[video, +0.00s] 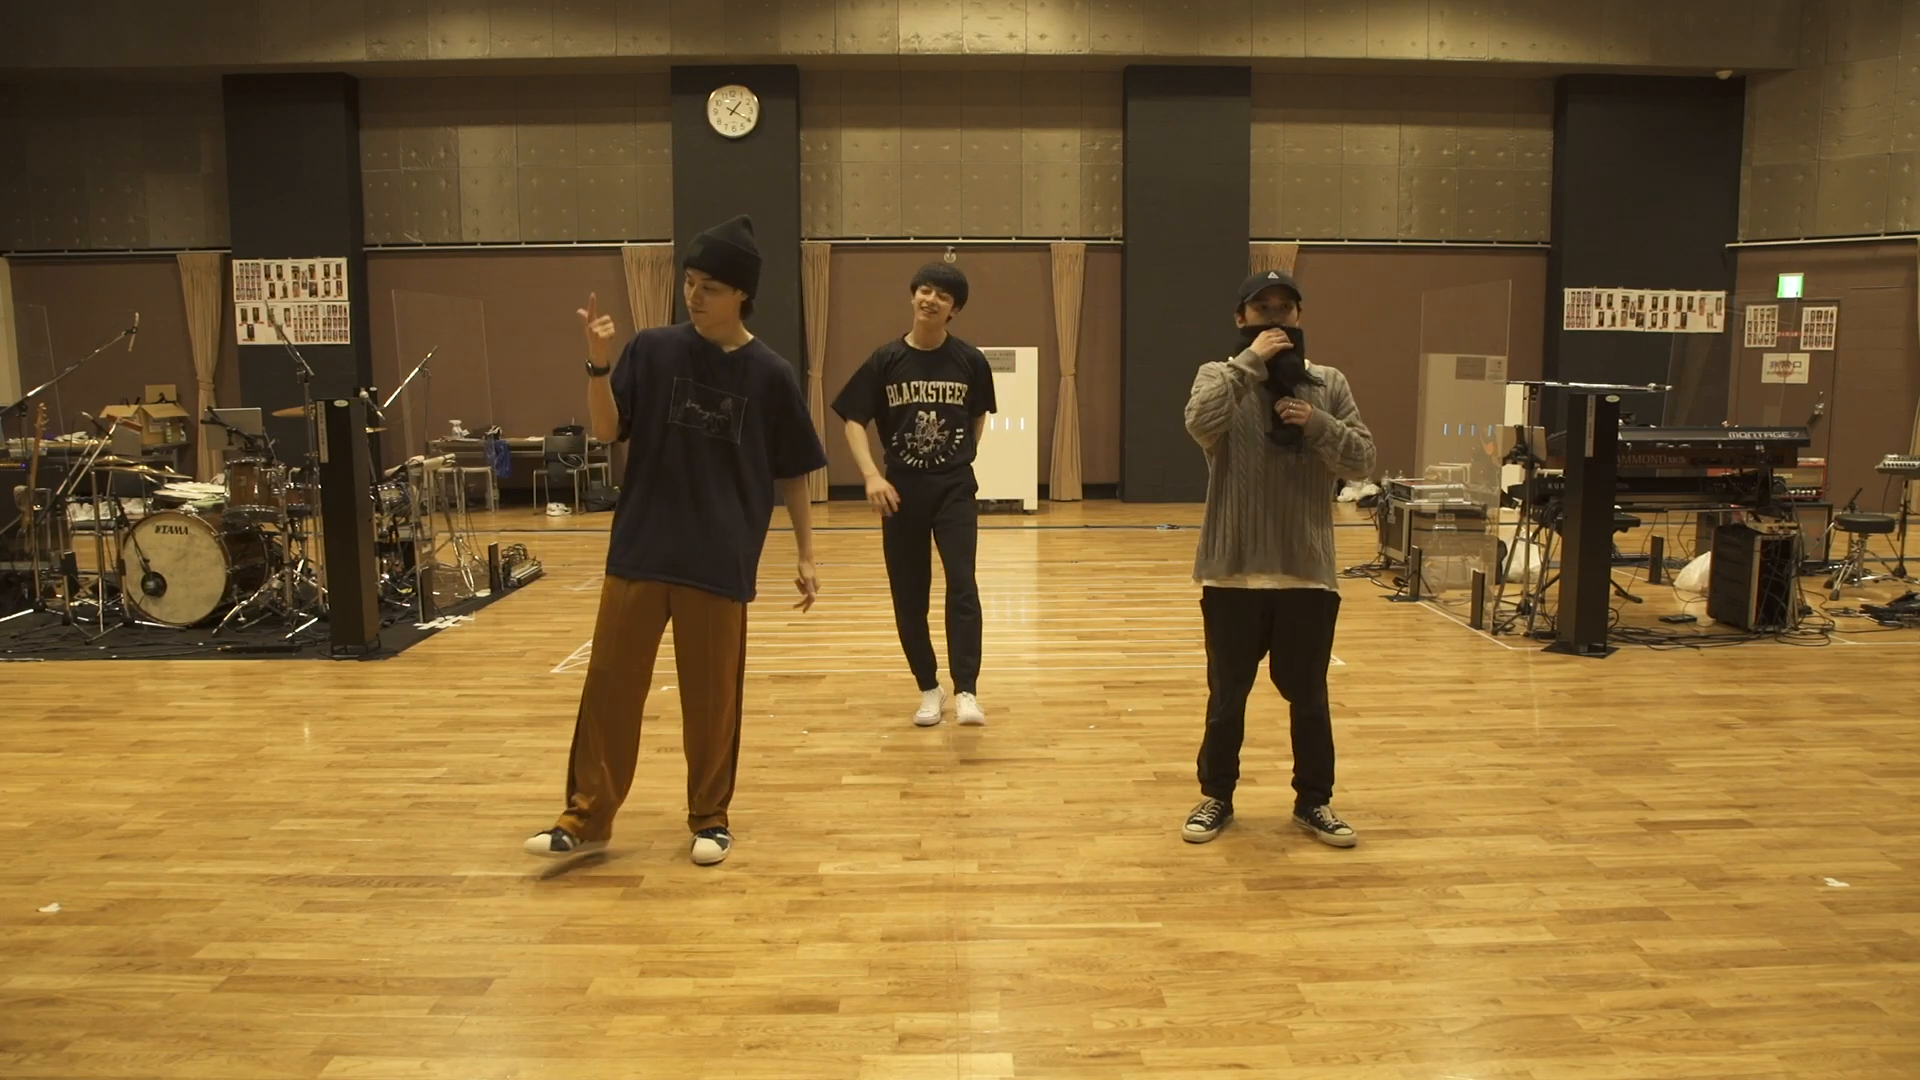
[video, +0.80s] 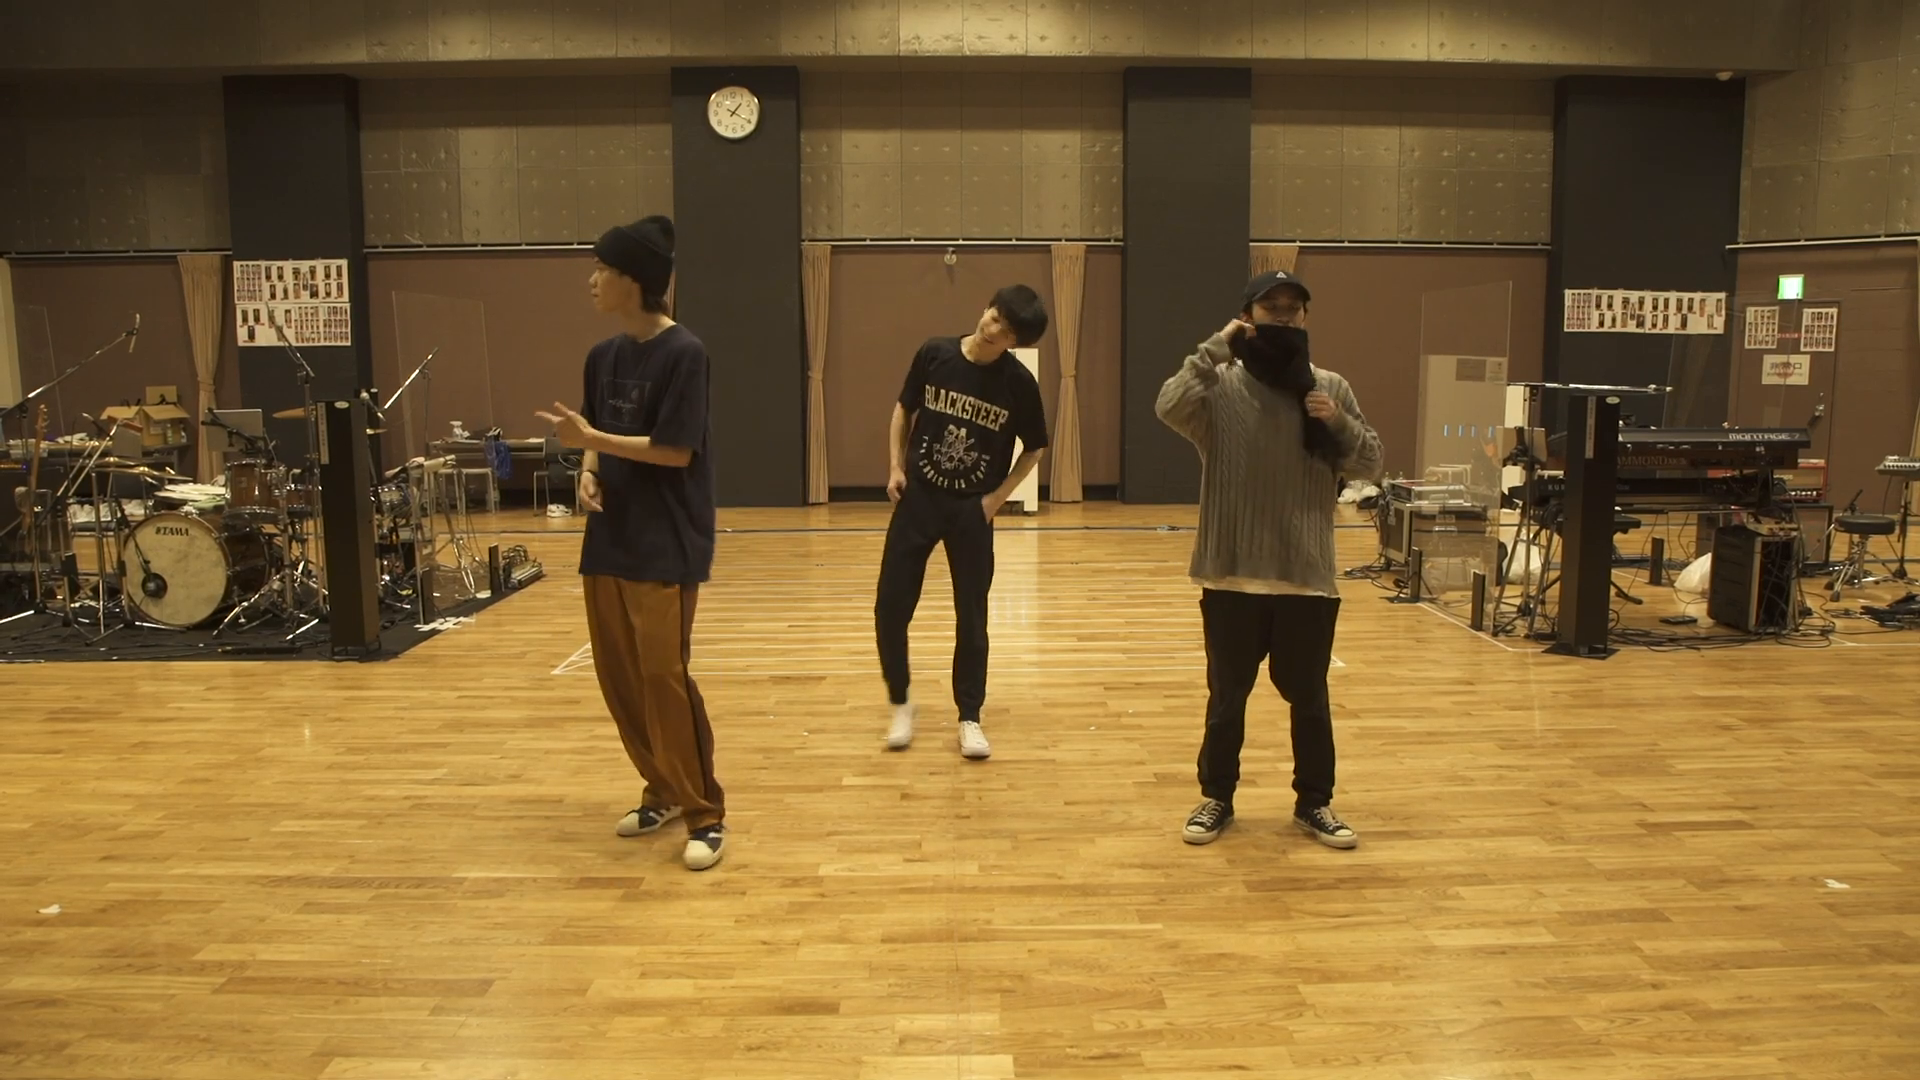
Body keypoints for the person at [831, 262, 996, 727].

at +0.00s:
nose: (930, 299)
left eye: (941, 295)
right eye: (925, 290)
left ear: (955, 307)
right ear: (912, 297)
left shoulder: (971, 362)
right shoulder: (885, 360)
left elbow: (977, 418)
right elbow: (853, 420)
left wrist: (960, 462)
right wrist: (871, 474)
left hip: (955, 490)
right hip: (902, 492)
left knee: (963, 587)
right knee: (908, 595)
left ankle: (966, 691)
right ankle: (929, 690)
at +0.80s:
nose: (993, 326)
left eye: (1005, 329)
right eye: (995, 315)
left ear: (1016, 341)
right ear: (986, 308)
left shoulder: (1019, 385)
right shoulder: (934, 354)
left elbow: (1035, 446)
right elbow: (903, 409)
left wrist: (999, 496)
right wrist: (896, 466)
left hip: (971, 511)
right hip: (917, 501)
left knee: (973, 617)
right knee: (890, 608)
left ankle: (971, 719)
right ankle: (899, 704)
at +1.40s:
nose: (958, 365)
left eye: (965, 359)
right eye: (955, 357)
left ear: (974, 352)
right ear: (937, 341)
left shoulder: (980, 383)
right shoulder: (896, 380)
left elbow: (995, 450)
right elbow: (880, 448)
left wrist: (979, 508)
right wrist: (894, 508)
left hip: (962, 515)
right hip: (910, 515)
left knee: (968, 615)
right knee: (911, 610)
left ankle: (971, 716)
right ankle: (925, 689)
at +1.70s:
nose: (902, 325)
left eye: (911, 317)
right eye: (895, 316)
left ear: (929, 319)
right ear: (886, 318)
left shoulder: (953, 367)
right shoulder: (876, 374)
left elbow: (972, 431)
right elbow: (871, 439)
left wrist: (958, 490)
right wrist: (877, 491)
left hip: (944, 498)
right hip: (894, 501)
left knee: (961, 593)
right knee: (904, 595)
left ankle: (972, 694)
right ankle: (923, 687)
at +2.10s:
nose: (871, 313)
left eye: (879, 303)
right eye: (863, 307)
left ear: (896, 308)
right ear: (855, 317)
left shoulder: (929, 355)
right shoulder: (863, 381)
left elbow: (967, 411)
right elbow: (868, 443)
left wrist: (957, 475)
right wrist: (848, 433)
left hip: (939, 490)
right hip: (893, 498)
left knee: (976, 578)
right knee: (903, 587)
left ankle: (1012, 663)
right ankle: (918, 685)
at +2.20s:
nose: (872, 314)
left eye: (879, 304)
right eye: (863, 307)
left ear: (896, 308)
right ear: (855, 317)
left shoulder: (928, 353)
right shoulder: (861, 376)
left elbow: (967, 410)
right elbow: (855, 446)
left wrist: (955, 473)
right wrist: (855, 388)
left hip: (941, 488)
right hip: (894, 496)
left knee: (983, 580)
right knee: (902, 591)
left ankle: (1022, 673)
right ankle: (917, 685)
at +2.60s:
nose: (901, 315)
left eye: (910, 309)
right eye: (897, 308)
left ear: (931, 316)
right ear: (889, 312)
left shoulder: (956, 365)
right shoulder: (878, 361)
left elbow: (978, 427)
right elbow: (885, 397)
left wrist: (968, 481)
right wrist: (901, 332)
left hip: (952, 492)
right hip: (901, 496)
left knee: (982, 586)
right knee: (909, 594)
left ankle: (1011, 683)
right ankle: (920, 686)